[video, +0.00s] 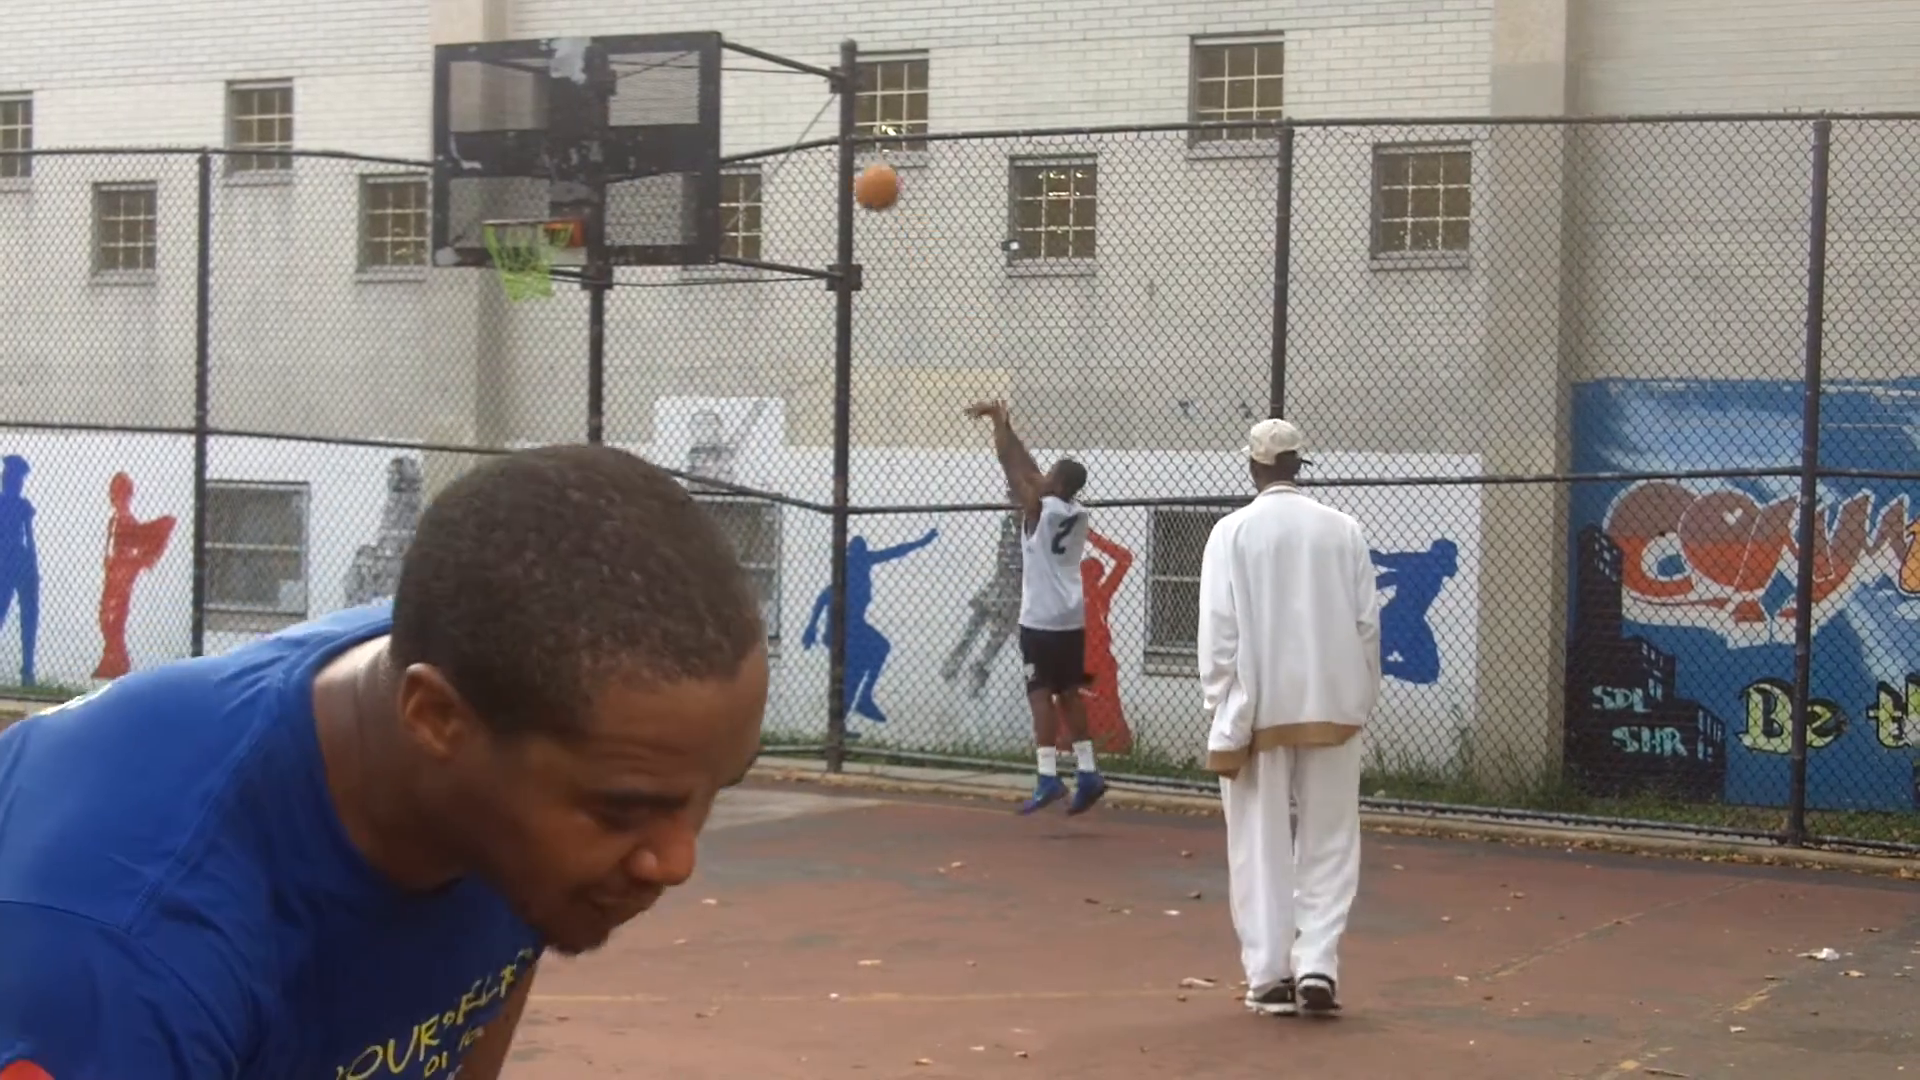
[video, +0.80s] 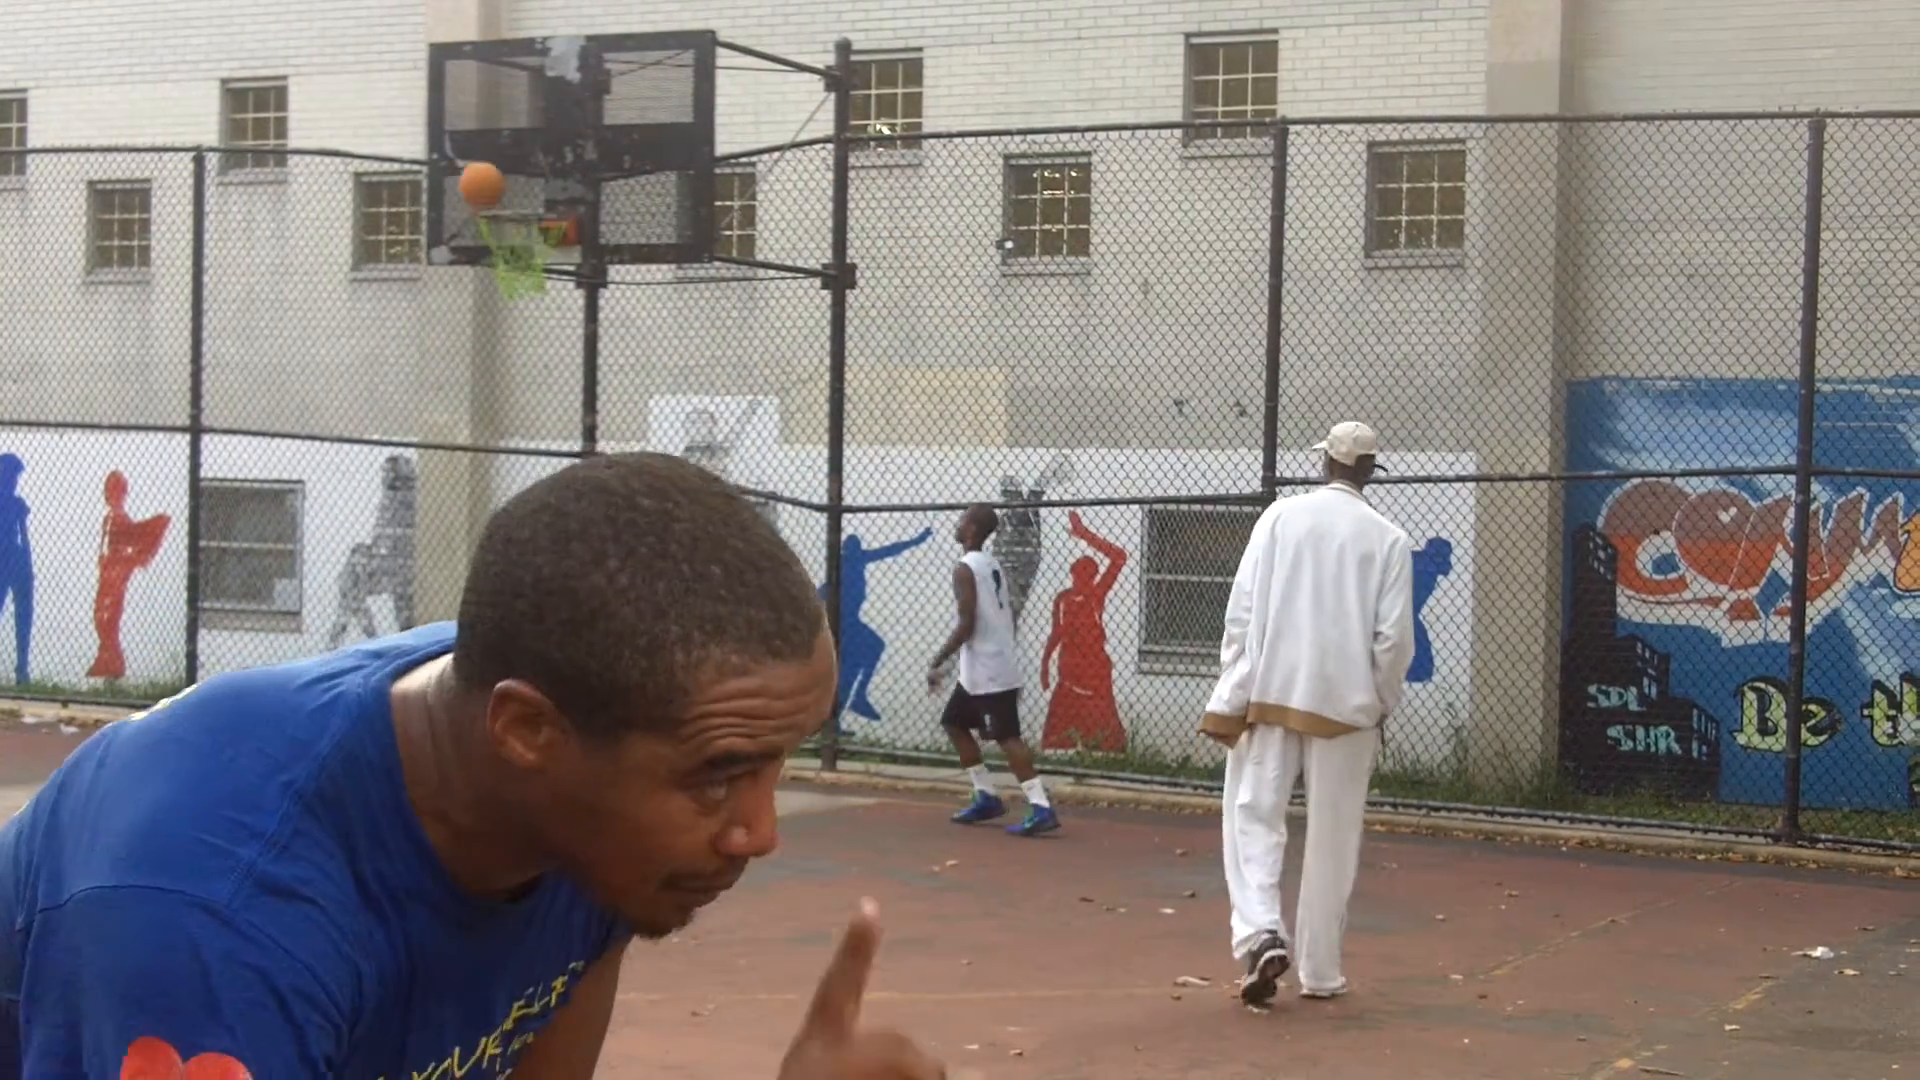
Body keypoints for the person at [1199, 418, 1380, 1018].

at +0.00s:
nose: (1258, 474)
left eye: (1253, 466)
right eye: (1276, 464)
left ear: (1253, 470)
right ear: (1300, 466)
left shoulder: (1230, 532)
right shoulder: (1342, 527)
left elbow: (1218, 635)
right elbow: (1368, 623)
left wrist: (1224, 714)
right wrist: (1362, 700)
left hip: (1258, 708)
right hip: (1333, 705)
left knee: (1258, 842)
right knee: (1330, 839)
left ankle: (1269, 976)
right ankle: (1317, 965)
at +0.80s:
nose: (1346, 472)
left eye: (1332, 461)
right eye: (1362, 467)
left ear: (1323, 465)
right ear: (1370, 471)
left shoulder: (1278, 517)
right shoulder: (1388, 539)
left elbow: (1241, 613)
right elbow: (1393, 638)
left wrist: (1233, 693)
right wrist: (1382, 710)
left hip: (1268, 694)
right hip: (1344, 703)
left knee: (1253, 822)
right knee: (1334, 836)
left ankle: (1260, 934)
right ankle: (1320, 974)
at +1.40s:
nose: (1388, 474)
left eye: (1371, 463)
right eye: (1396, 468)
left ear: (1354, 466)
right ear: (1400, 472)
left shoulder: (1307, 519)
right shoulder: (1404, 538)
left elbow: (1269, 617)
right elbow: (1403, 634)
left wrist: (1274, 688)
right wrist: (1407, 702)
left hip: (1298, 696)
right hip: (1364, 703)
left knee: (1308, 826)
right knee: (1345, 832)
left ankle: (1326, 940)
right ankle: (1321, 967)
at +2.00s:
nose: (1399, 477)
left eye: (1380, 470)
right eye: (1404, 470)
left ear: (1364, 476)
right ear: (1408, 474)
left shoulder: (1333, 532)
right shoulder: (1434, 530)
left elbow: (1312, 629)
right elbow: (1447, 623)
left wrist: (1316, 703)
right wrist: (1461, 692)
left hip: (1349, 695)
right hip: (1417, 694)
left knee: (1354, 822)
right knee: (1424, 826)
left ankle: (1358, 950)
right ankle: (1382, 930)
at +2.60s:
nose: (1482, 482)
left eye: (1465, 470)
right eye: (1493, 476)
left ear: (1451, 472)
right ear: (1497, 479)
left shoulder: (1405, 520)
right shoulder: (1509, 542)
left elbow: (1367, 612)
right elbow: (1512, 634)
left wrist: (1361, 685)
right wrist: (1501, 698)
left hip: (1392, 688)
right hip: (1466, 696)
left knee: (1373, 818)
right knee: (1461, 827)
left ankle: (1365, 938)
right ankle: (1460, 960)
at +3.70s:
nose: (1406, 476)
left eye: (1411, 468)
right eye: (1408, 467)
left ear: (1430, 470)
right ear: (1456, 472)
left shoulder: (1410, 524)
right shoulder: (1498, 533)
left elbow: (1396, 618)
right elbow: (1522, 623)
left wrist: (1380, 693)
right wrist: (1504, 692)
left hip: (1422, 697)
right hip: (1483, 699)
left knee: (1417, 825)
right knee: (1477, 822)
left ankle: (1431, 956)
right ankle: (1474, 956)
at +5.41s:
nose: (1423, 476)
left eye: (1427, 467)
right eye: (1424, 467)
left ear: (1437, 469)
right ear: (1473, 473)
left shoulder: (1427, 522)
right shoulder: (1504, 529)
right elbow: (1527, 617)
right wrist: (1514, 676)